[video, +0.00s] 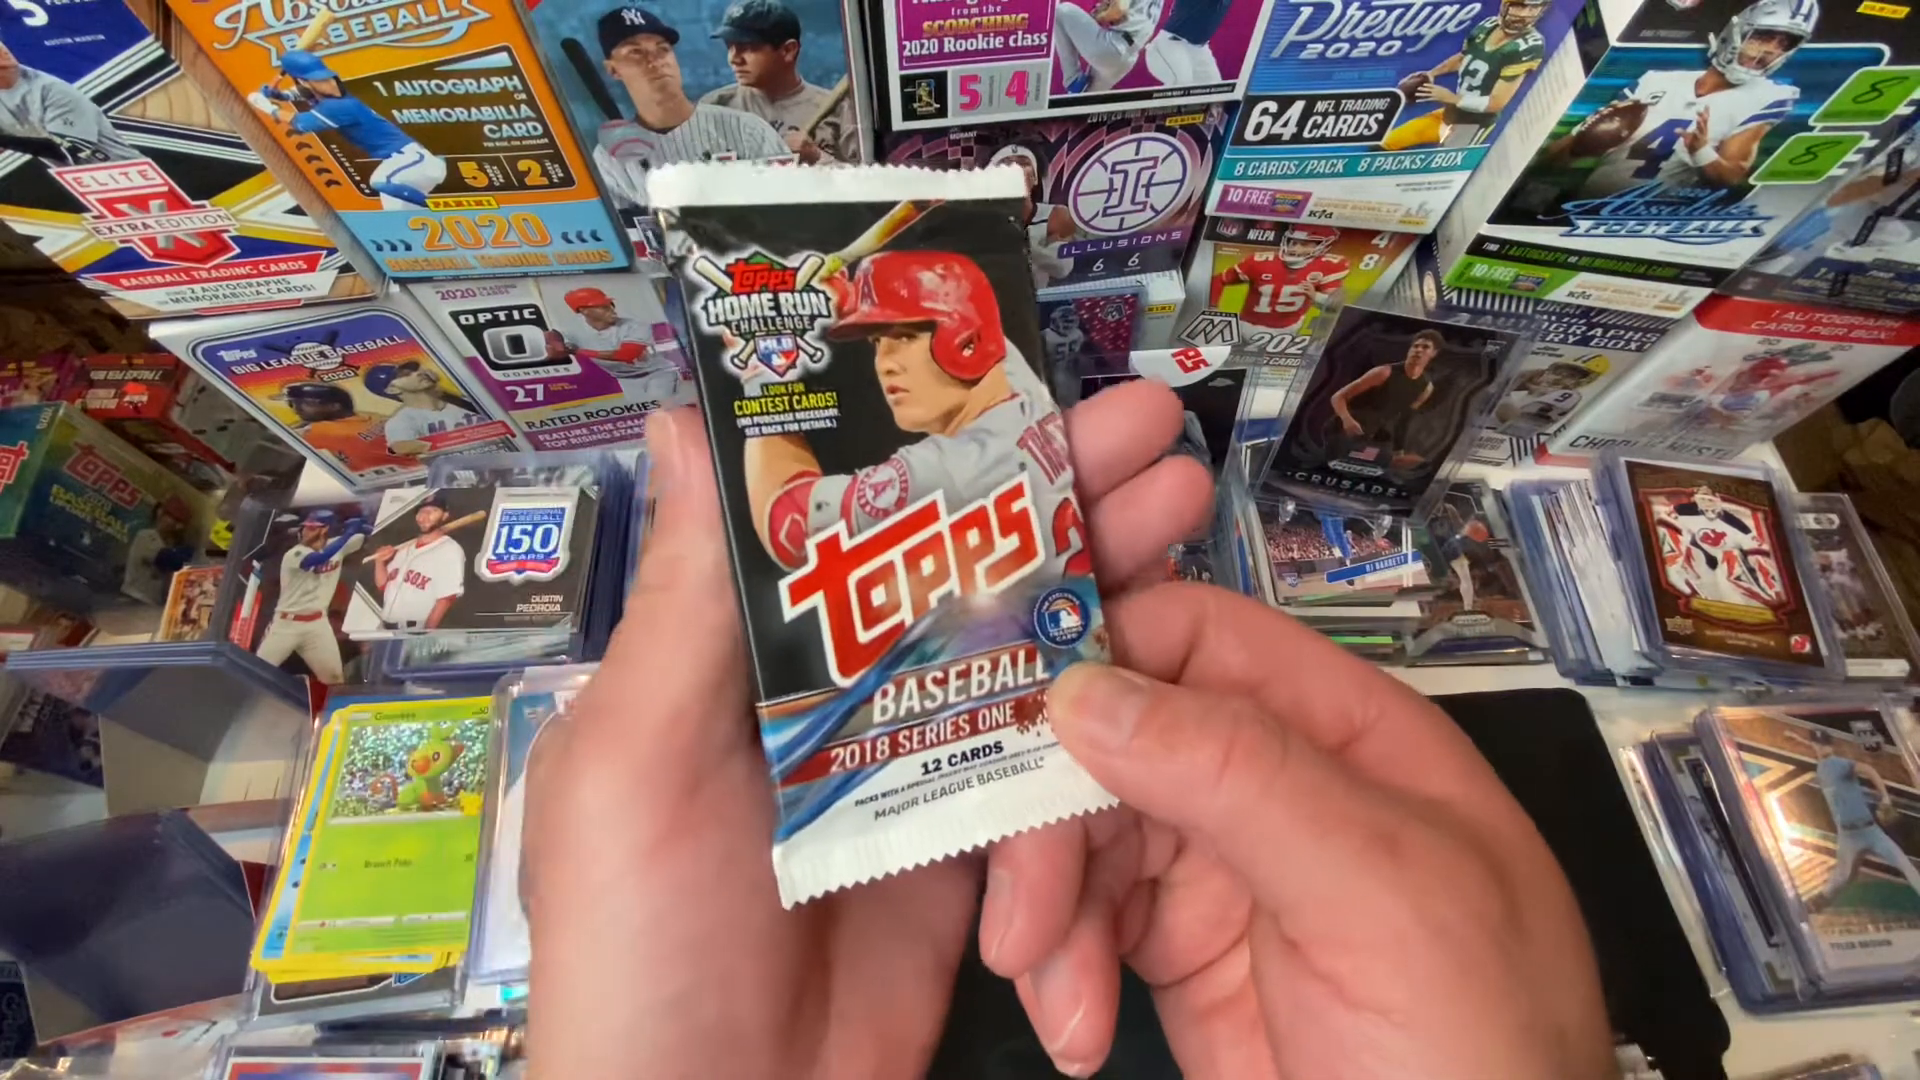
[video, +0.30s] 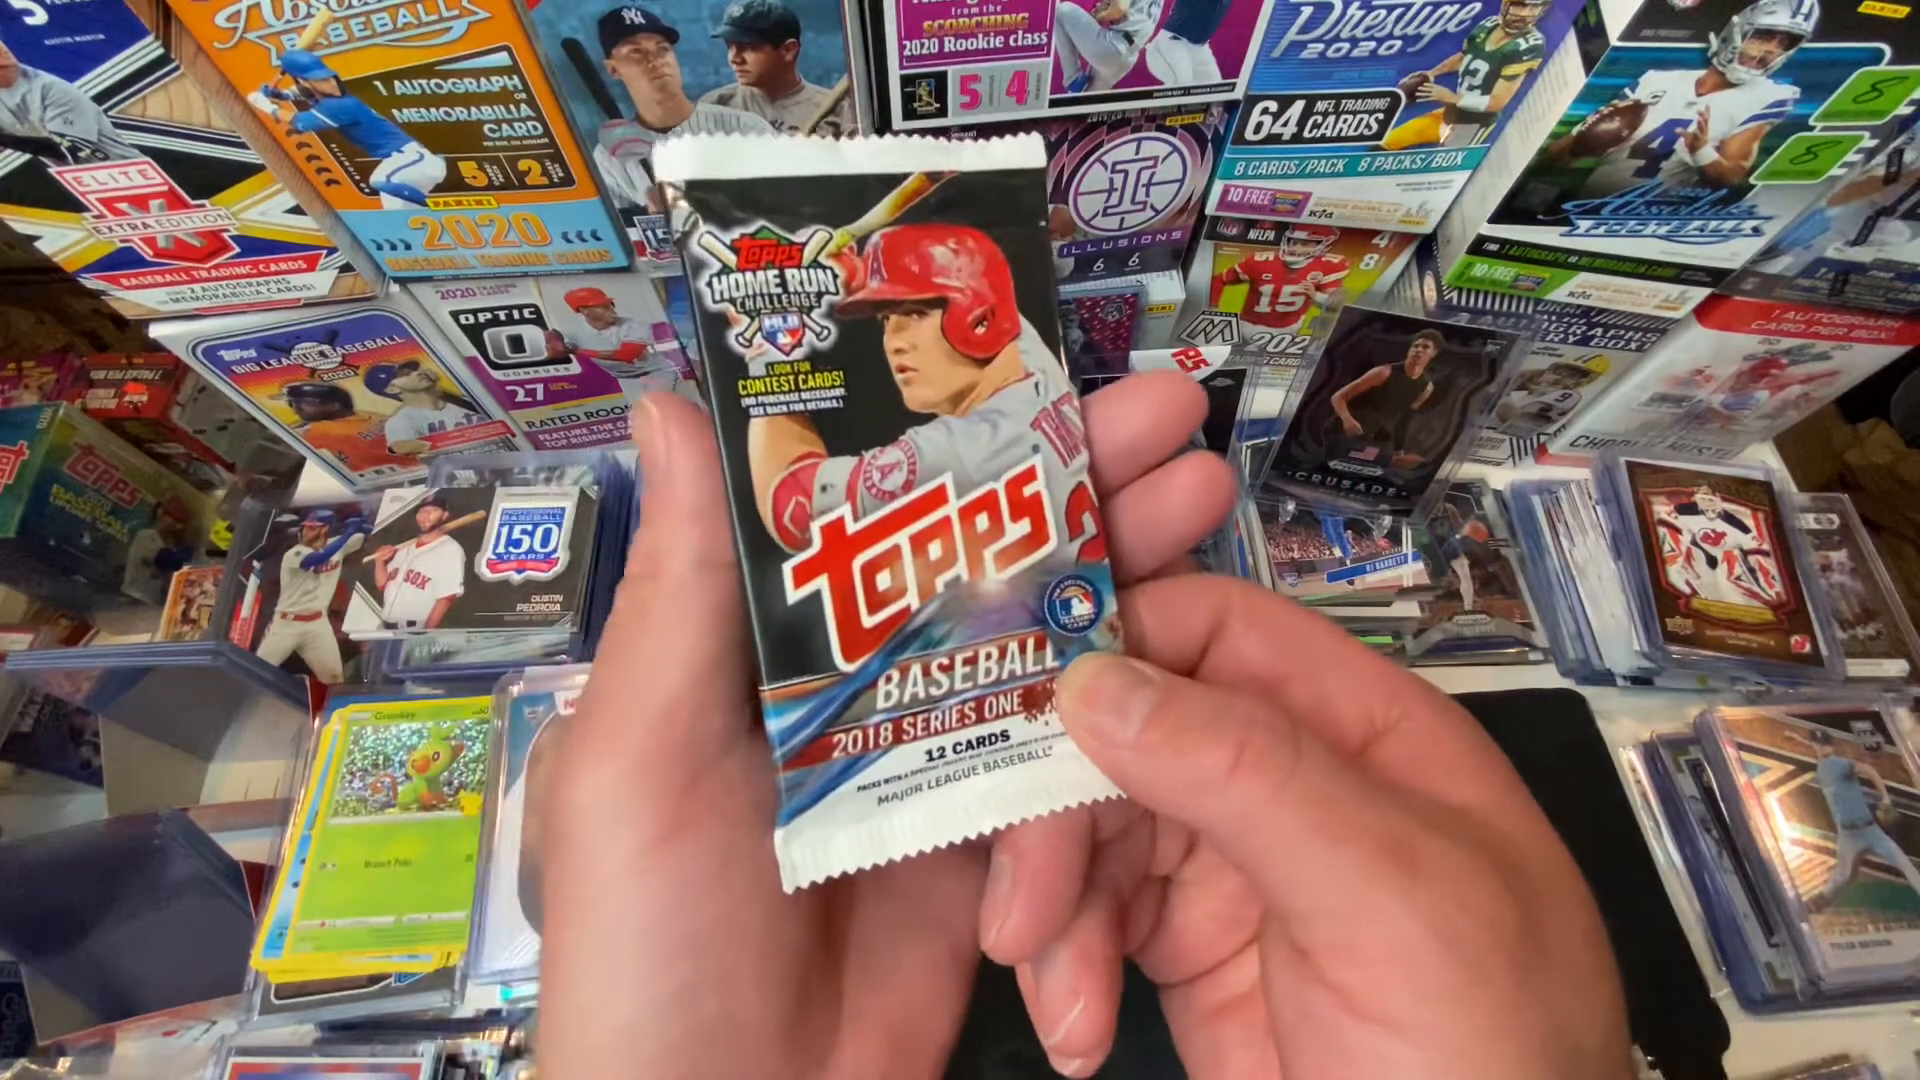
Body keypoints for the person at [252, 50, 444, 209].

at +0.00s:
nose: (297, 87)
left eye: (298, 82)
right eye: (298, 83)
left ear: (306, 83)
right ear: (323, 77)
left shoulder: (341, 107)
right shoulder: (332, 100)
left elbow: (298, 122)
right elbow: (302, 93)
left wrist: (268, 108)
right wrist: (277, 95)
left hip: (414, 158)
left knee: (380, 180)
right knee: (397, 224)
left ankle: (432, 213)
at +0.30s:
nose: (298, 86)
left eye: (299, 82)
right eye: (298, 83)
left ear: (308, 83)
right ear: (324, 78)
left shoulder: (342, 106)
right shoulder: (335, 100)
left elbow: (298, 122)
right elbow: (303, 92)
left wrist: (267, 107)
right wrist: (277, 94)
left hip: (413, 158)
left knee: (380, 179)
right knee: (397, 223)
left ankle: (431, 213)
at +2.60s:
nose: (329, 80)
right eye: (321, 78)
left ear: (307, 83)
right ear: (307, 83)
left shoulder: (343, 107)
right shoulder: (333, 102)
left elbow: (300, 122)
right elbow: (303, 93)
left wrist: (271, 109)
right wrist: (279, 95)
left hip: (415, 159)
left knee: (380, 180)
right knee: (399, 221)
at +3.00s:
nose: (330, 81)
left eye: (328, 76)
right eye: (322, 78)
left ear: (309, 83)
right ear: (306, 84)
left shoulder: (342, 106)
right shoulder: (331, 103)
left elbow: (299, 122)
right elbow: (296, 94)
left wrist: (269, 108)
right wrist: (274, 94)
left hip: (414, 158)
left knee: (380, 179)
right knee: (400, 220)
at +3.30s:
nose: (329, 81)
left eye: (327, 76)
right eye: (321, 78)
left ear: (309, 83)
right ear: (305, 84)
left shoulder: (345, 106)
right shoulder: (330, 103)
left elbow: (301, 123)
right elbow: (299, 93)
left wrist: (271, 110)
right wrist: (275, 94)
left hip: (416, 159)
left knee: (381, 179)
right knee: (397, 223)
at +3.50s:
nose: (301, 88)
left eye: (302, 83)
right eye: (319, 78)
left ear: (309, 84)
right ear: (309, 83)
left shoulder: (344, 106)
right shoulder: (331, 102)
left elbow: (301, 123)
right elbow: (302, 92)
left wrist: (271, 109)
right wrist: (278, 95)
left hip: (415, 159)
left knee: (380, 179)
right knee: (396, 222)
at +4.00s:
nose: (298, 87)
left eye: (299, 82)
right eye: (300, 83)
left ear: (307, 83)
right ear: (323, 78)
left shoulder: (342, 106)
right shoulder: (332, 102)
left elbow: (300, 122)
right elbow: (303, 92)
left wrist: (268, 108)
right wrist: (278, 95)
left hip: (415, 157)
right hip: (403, 167)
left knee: (380, 179)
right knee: (393, 223)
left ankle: (434, 212)